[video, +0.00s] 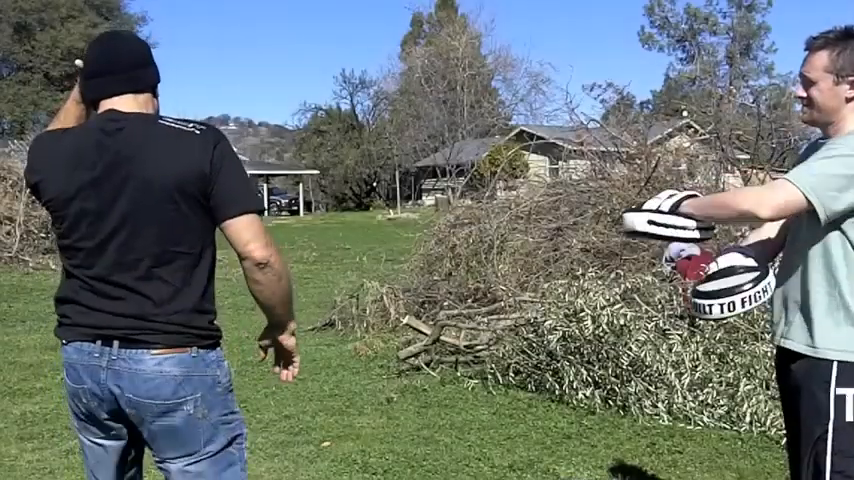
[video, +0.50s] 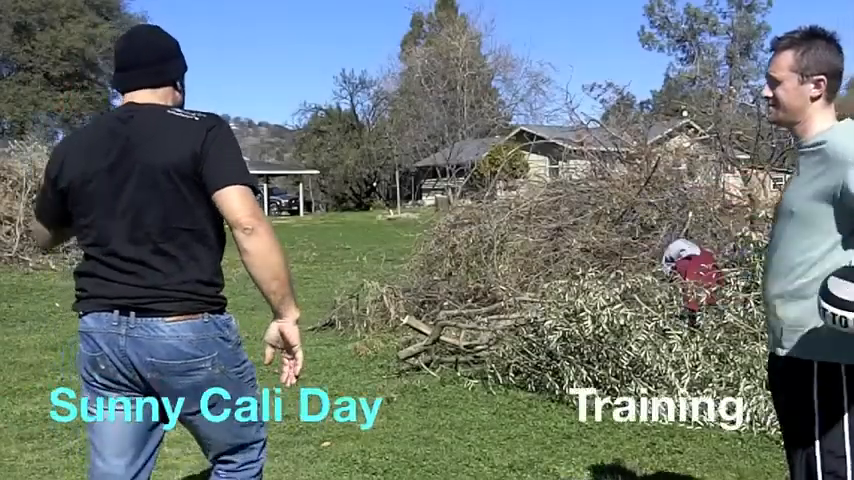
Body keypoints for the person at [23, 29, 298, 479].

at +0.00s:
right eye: (152, 78)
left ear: (90, 91)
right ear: (154, 83)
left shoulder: (54, 156)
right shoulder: (201, 145)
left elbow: (50, 146)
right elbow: (258, 255)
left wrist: (84, 84)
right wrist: (282, 328)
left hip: (83, 364)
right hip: (177, 368)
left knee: (108, 472)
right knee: (208, 469)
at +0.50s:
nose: (184, 86)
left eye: (180, 77)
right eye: (183, 77)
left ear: (119, 84)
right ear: (176, 78)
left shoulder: (75, 145)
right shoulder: (204, 131)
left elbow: (48, 234)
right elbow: (247, 223)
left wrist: (93, 192)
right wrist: (286, 314)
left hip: (101, 333)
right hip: (188, 332)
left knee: (112, 472)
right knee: (238, 455)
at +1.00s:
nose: (230, 108)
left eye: (230, 97)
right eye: (229, 98)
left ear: (169, 99)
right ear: (216, 99)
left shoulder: (119, 156)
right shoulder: (239, 151)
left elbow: (81, 249)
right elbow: (269, 236)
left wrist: (139, 247)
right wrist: (297, 326)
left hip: (130, 331)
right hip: (212, 335)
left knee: (130, 472)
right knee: (243, 470)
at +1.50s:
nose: (289, 105)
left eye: (289, 95)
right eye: (288, 95)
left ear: (232, 93)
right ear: (270, 96)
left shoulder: (175, 146)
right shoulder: (285, 152)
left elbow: (141, 227)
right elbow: (311, 247)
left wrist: (192, 260)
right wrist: (334, 310)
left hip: (178, 314)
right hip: (247, 319)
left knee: (189, 431)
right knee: (263, 457)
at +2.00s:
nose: (314, 106)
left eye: (313, 96)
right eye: (309, 95)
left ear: (271, 96)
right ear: (283, 96)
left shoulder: (210, 147)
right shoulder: (288, 147)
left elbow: (183, 220)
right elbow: (306, 232)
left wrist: (230, 245)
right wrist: (344, 257)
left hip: (214, 305)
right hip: (263, 310)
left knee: (263, 420)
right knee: (277, 447)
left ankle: (258, 466)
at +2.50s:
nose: (327, 110)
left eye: (327, 101)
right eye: (318, 101)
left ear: (291, 107)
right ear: (287, 105)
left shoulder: (296, 159)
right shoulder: (257, 152)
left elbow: (297, 228)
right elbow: (252, 229)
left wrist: (337, 243)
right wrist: (325, 219)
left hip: (291, 305)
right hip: (257, 305)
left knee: (311, 424)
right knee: (291, 429)